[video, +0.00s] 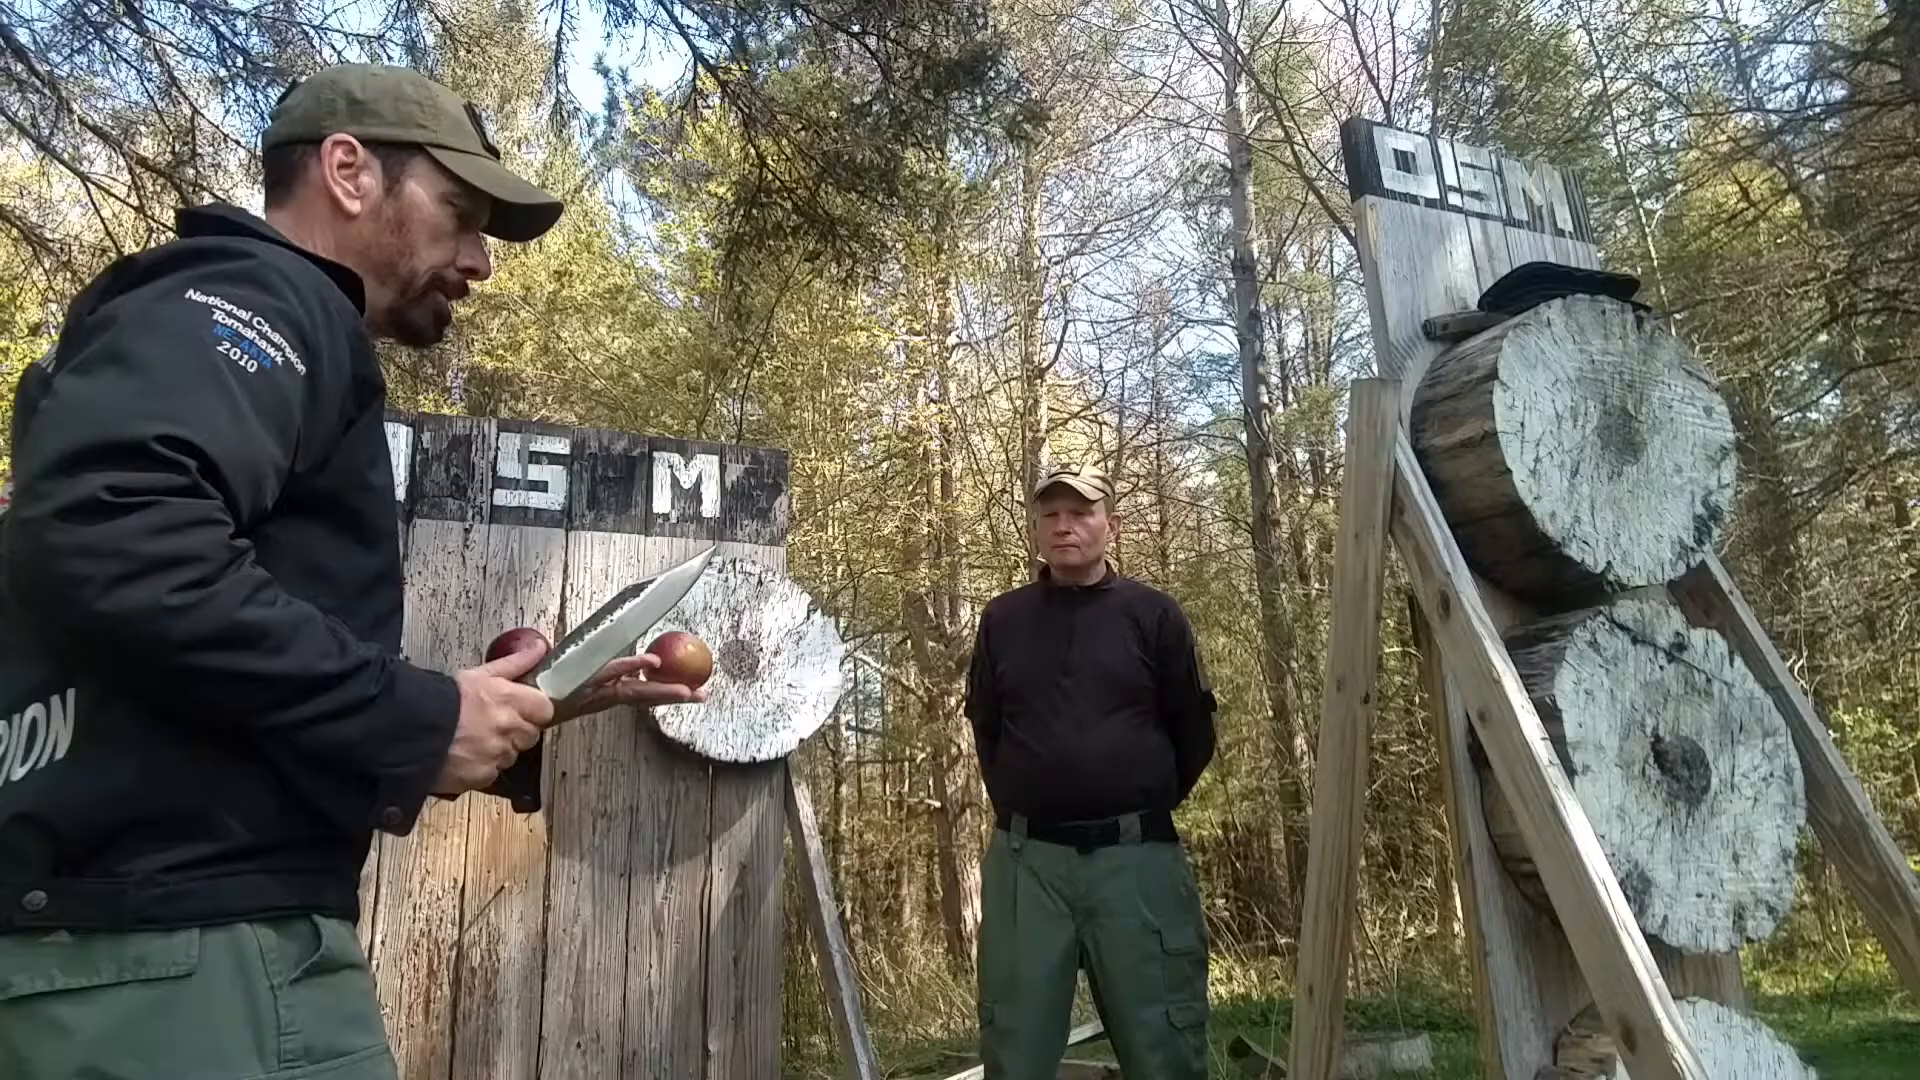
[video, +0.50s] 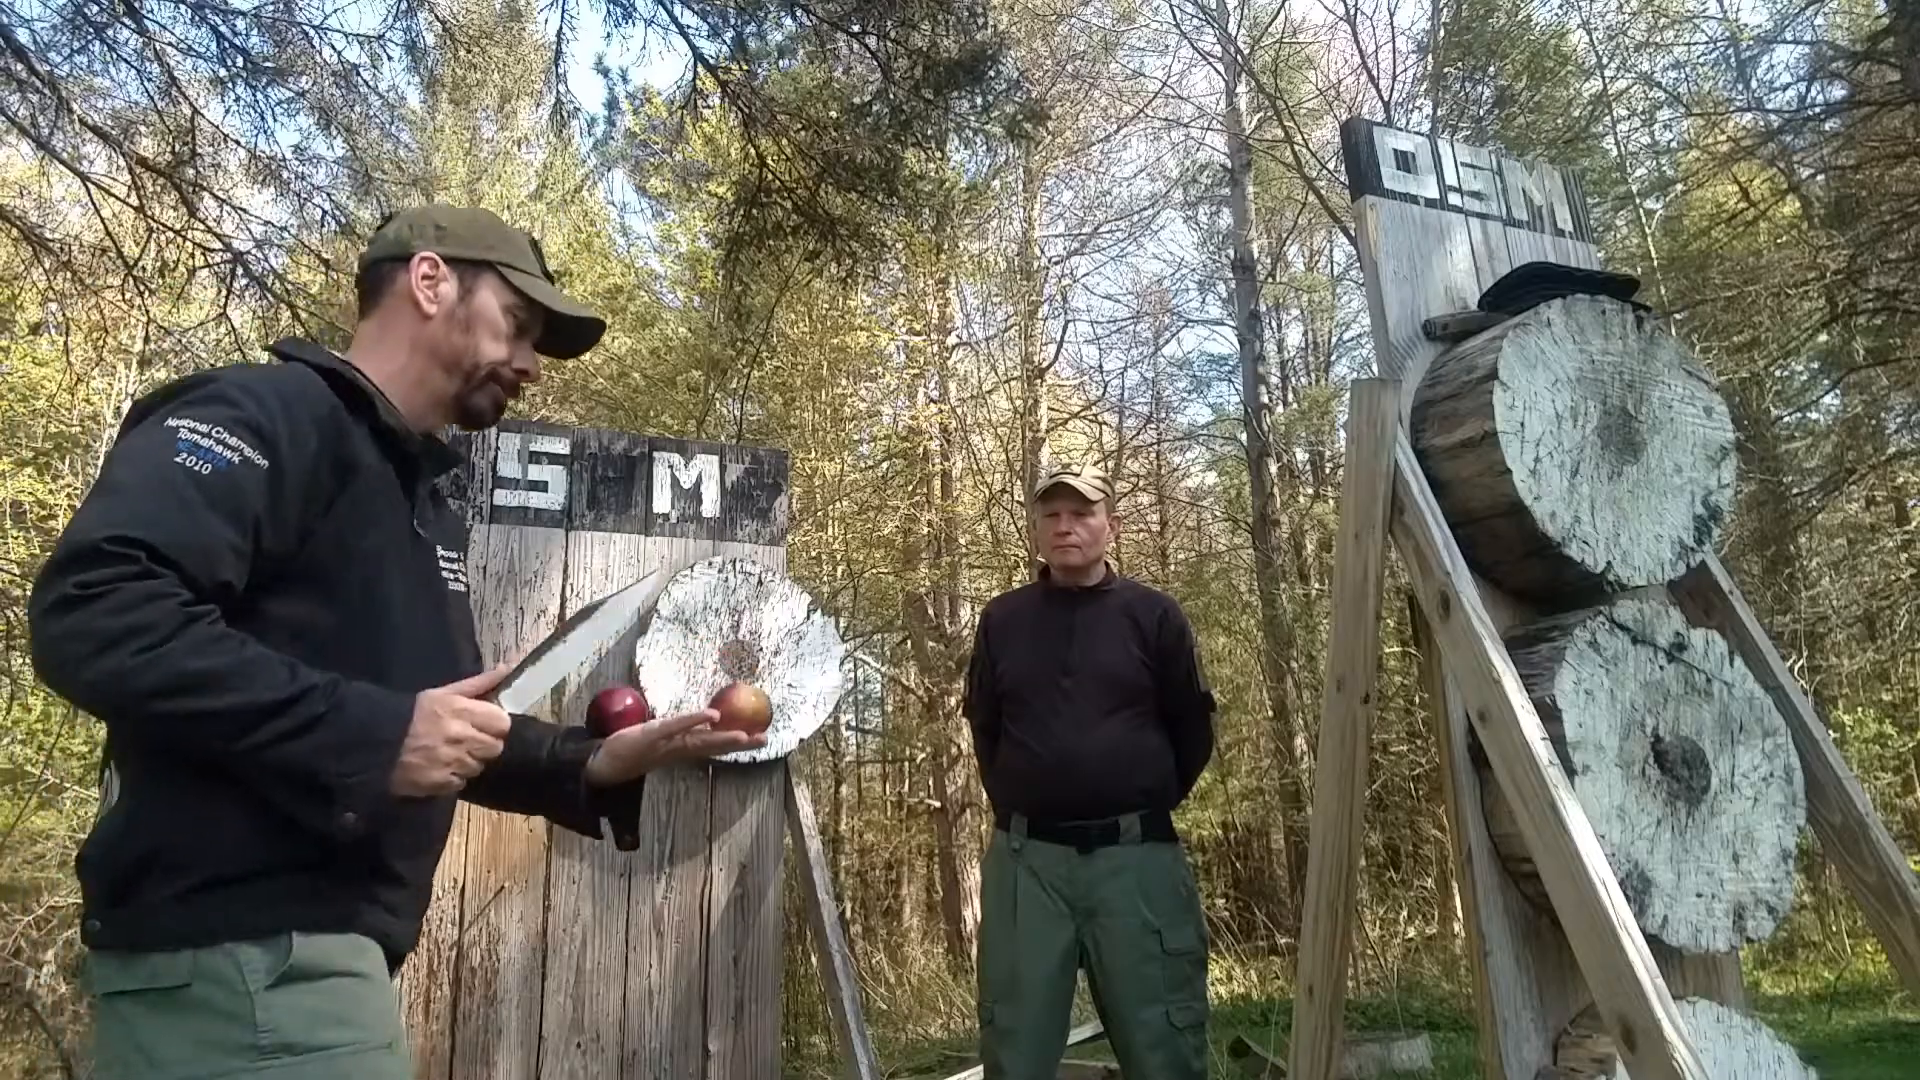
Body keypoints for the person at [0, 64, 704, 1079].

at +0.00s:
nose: (483, 261)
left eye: (487, 232)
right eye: (464, 214)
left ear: (349, 176)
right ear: (349, 172)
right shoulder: (262, 293)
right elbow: (114, 535)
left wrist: (478, 707)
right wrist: (414, 718)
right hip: (189, 961)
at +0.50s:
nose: (533, 364)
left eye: (541, 344)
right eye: (521, 324)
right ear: (431, 283)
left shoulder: (416, 496)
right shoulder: (264, 412)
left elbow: (428, 725)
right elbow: (92, 612)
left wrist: (600, 760)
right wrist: (371, 730)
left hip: (307, 955)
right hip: (243, 963)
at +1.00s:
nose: (559, 353)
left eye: (564, 334)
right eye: (536, 319)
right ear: (437, 309)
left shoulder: (491, 533)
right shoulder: (277, 439)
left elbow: (499, 727)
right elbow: (113, 625)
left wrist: (641, 796)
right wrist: (337, 739)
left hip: (358, 953)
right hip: (255, 943)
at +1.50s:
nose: (584, 317)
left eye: (588, 294)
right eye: (551, 281)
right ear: (452, 285)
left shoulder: (522, 514)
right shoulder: (331, 410)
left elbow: (524, 734)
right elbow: (179, 611)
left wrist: (708, 779)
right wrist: (442, 735)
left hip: (400, 942)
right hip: (307, 938)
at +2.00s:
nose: (558, 370)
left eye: (563, 347)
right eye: (536, 334)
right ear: (436, 321)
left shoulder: (480, 546)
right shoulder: (283, 447)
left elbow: (491, 752)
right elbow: (111, 633)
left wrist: (650, 808)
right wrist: (374, 747)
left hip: (346, 960)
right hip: (265, 961)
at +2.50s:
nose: (570, 453)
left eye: (573, 427)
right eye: (544, 416)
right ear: (444, 408)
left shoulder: (490, 643)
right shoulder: (286, 546)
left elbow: (487, 856)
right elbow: (126, 771)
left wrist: (648, 939)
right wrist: (393, 891)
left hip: (375, 1042)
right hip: (234, 1043)